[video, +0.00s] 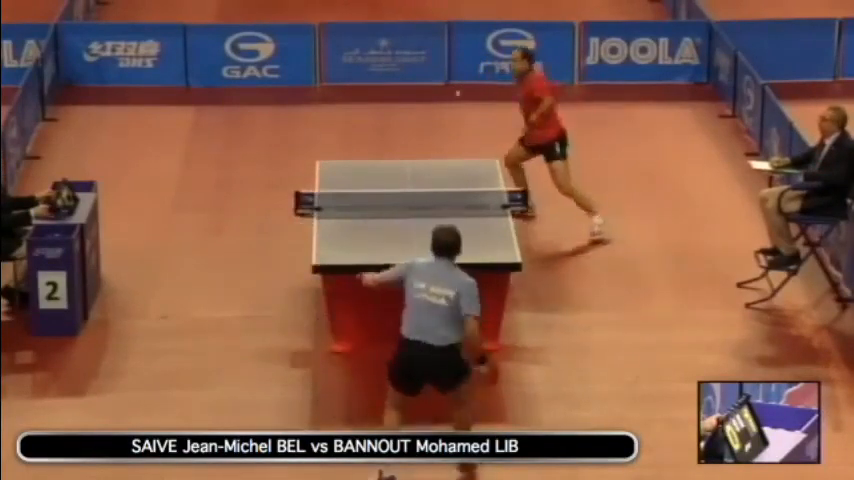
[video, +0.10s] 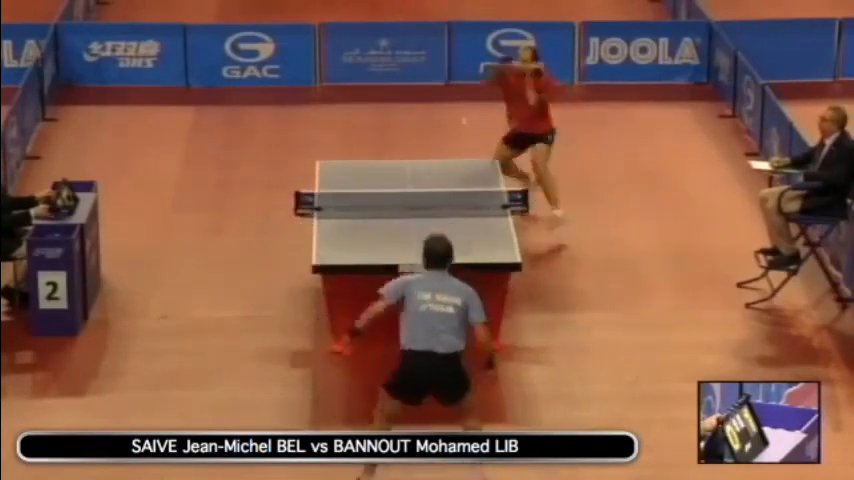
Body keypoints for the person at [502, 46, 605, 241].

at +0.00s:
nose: (513, 65)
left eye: (516, 61)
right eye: (512, 61)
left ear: (527, 63)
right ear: (520, 63)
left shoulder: (536, 79)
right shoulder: (524, 81)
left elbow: (548, 100)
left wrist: (536, 116)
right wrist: (528, 132)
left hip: (553, 136)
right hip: (535, 135)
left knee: (563, 185)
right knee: (511, 160)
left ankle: (595, 216)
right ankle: (524, 204)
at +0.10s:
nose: (525, 63)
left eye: (528, 60)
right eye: (522, 59)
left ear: (535, 61)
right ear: (518, 60)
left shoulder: (539, 79)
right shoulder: (509, 77)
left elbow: (557, 93)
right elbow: (492, 79)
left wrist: (538, 79)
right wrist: (500, 70)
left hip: (542, 130)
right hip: (521, 130)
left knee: (539, 166)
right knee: (500, 161)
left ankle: (556, 209)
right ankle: (526, 179)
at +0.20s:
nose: (520, 73)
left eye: (525, 70)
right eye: (518, 69)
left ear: (532, 72)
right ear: (514, 70)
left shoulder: (534, 88)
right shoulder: (508, 87)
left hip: (527, 130)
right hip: (506, 130)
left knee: (522, 163)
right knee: (500, 168)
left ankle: (539, 206)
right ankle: (525, 170)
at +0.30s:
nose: (516, 87)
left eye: (520, 83)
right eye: (514, 83)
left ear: (526, 84)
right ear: (509, 82)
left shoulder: (534, 104)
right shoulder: (498, 100)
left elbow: (544, 133)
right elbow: (487, 128)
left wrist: (535, 133)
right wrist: (519, 136)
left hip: (516, 143)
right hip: (492, 142)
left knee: (523, 179)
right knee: (478, 176)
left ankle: (535, 220)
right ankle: (474, 218)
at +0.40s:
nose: (505, 93)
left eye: (509, 90)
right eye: (502, 89)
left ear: (516, 92)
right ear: (498, 90)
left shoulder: (522, 112)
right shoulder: (485, 109)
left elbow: (523, 135)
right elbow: (474, 137)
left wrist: (522, 150)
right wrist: (491, 153)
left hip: (508, 156)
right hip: (482, 154)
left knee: (525, 184)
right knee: (469, 183)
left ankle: (535, 219)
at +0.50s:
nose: (485, 87)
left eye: (489, 83)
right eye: (482, 83)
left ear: (494, 85)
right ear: (476, 83)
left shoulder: (501, 105)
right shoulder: (462, 103)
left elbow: (506, 126)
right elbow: (448, 128)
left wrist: (510, 140)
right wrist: (460, 144)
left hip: (491, 155)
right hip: (467, 156)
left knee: (513, 186)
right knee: (466, 194)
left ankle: (532, 223)